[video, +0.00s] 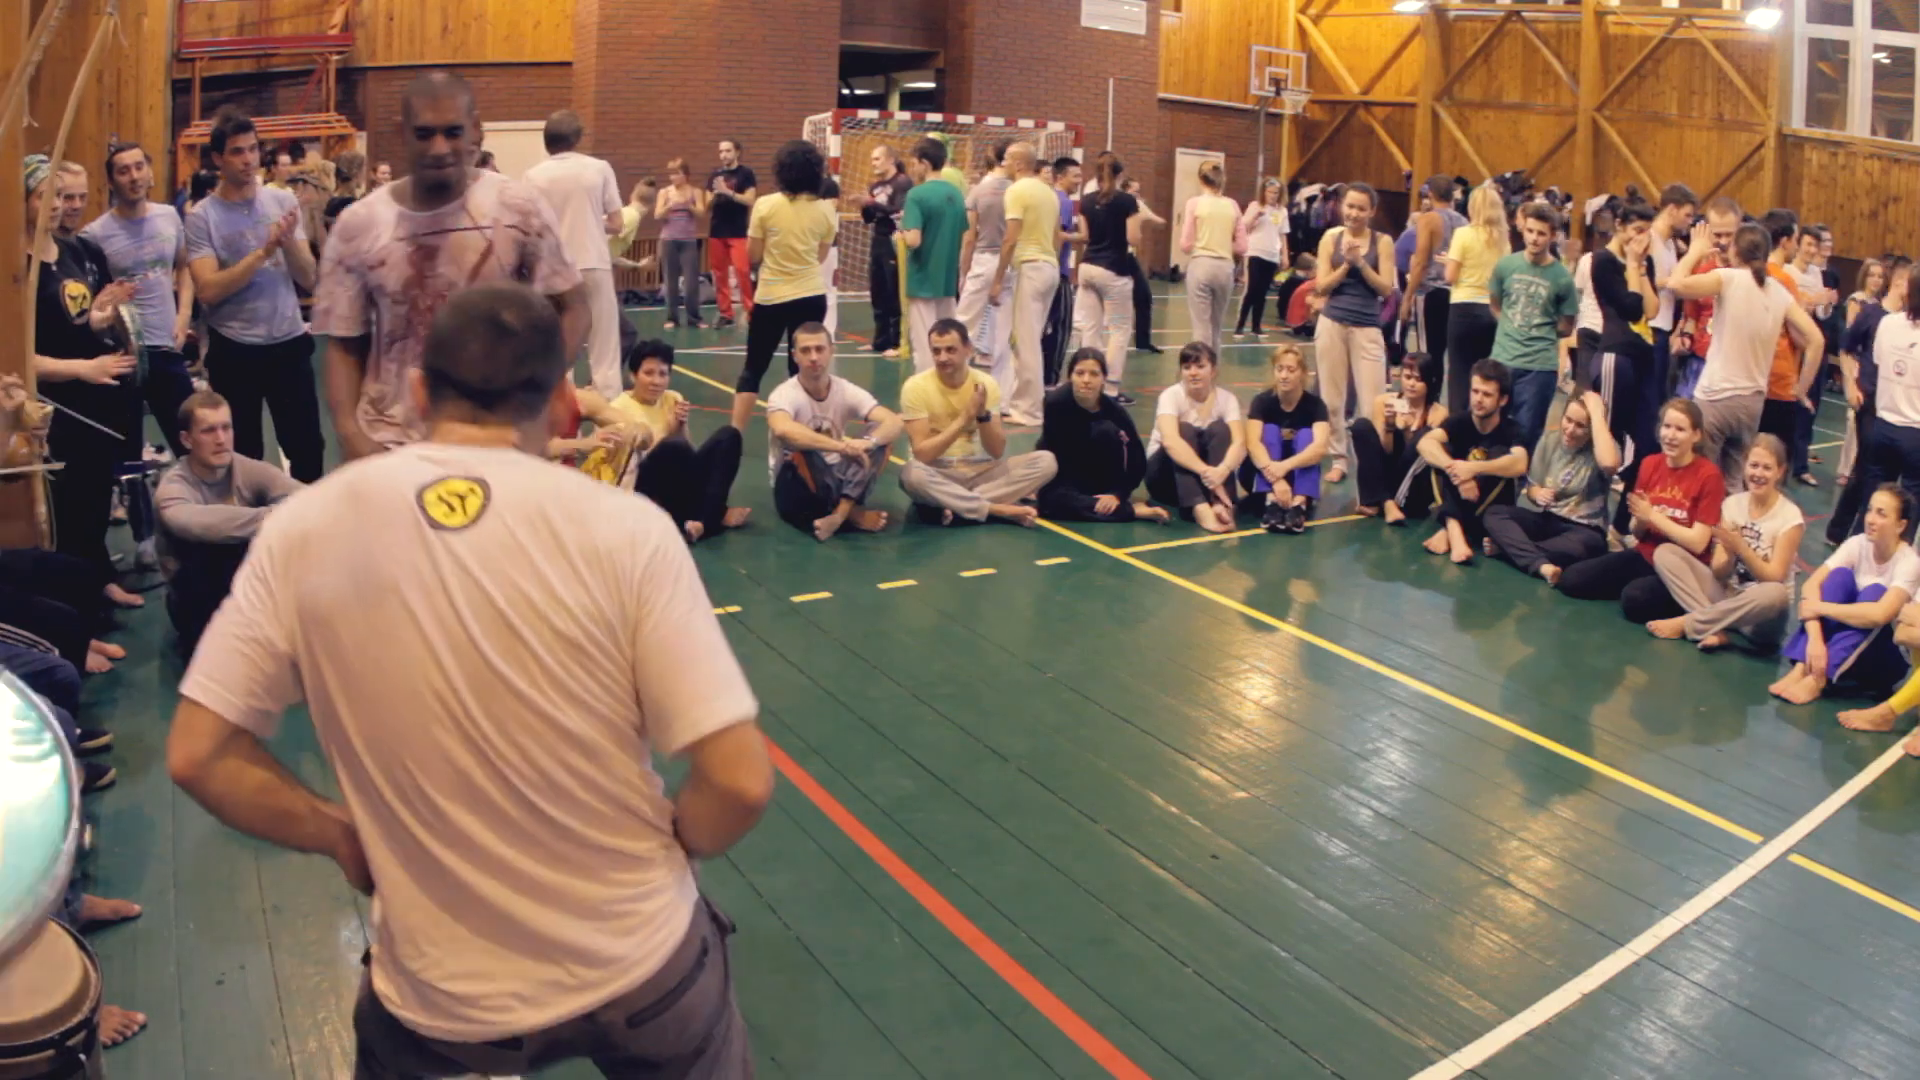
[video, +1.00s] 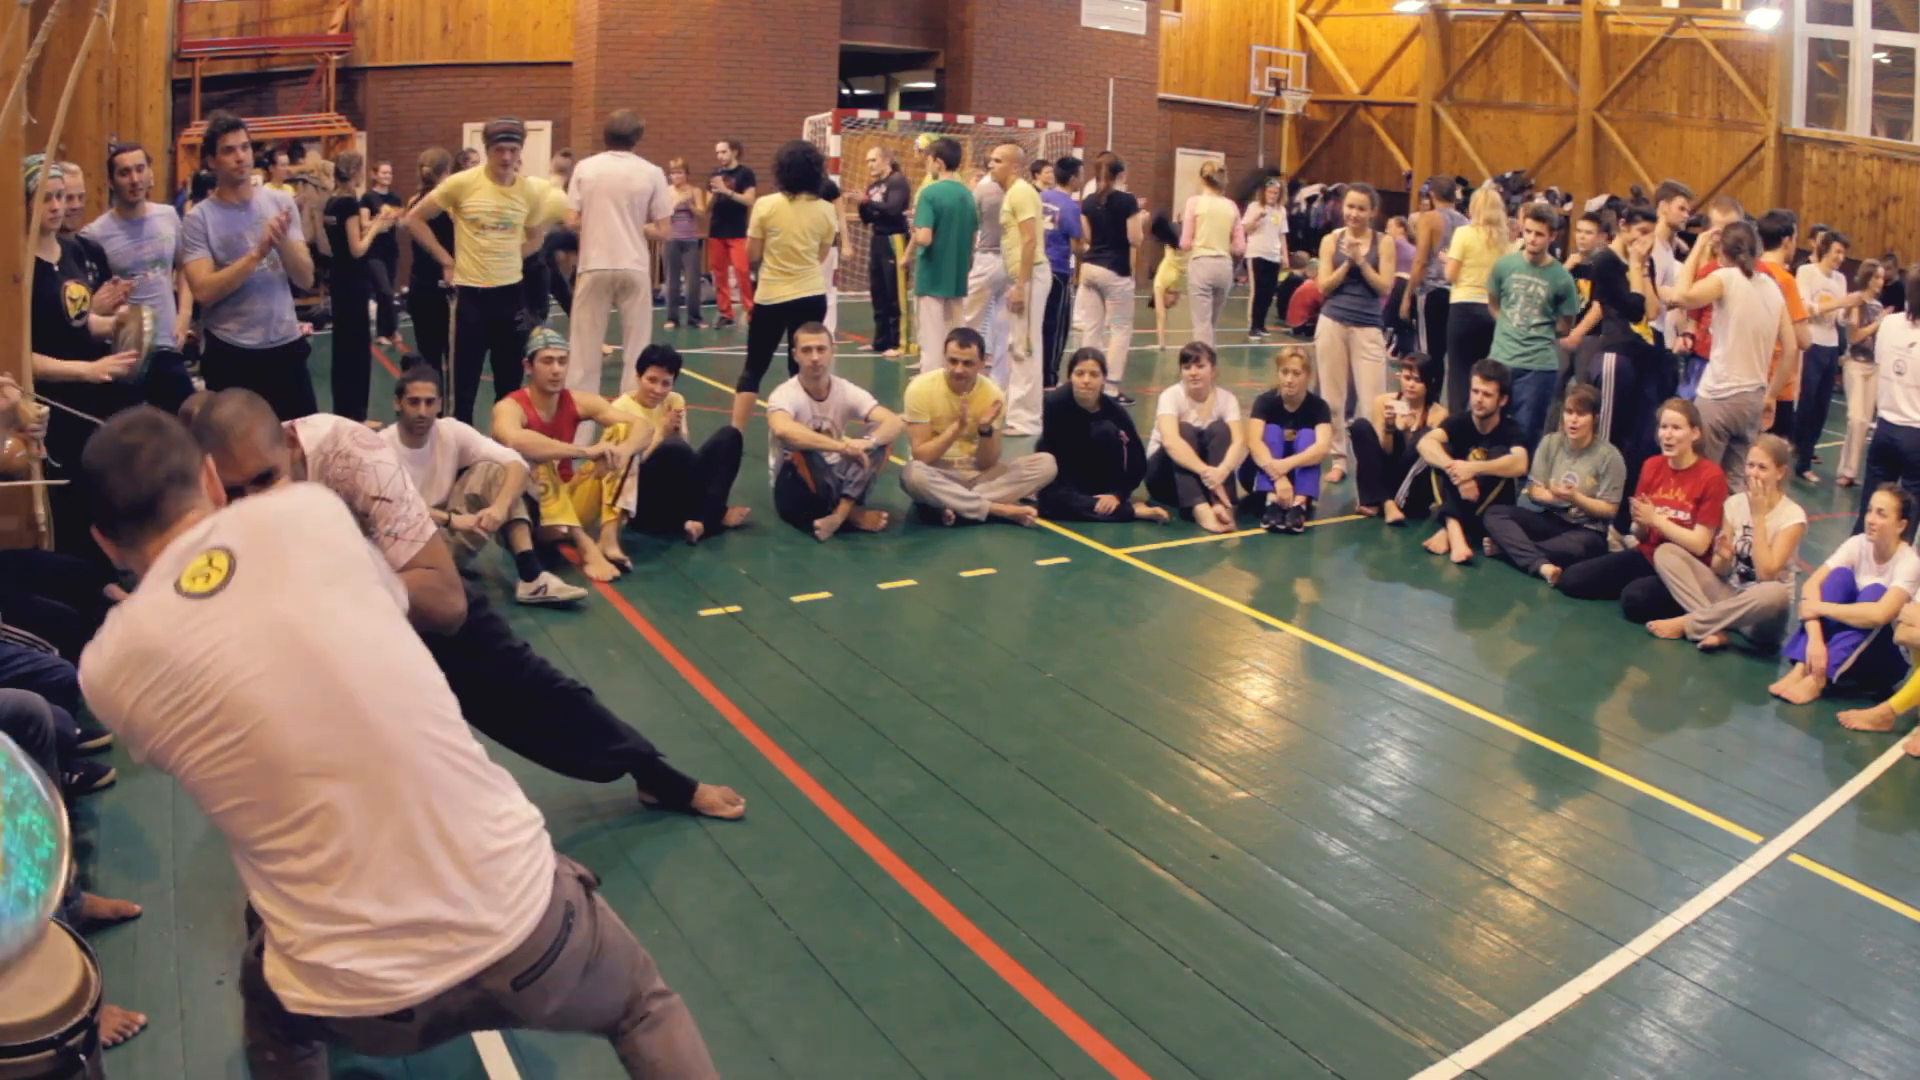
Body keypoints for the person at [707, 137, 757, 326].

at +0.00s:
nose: (723, 155)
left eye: (727, 151)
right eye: (721, 151)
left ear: (737, 152)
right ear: (718, 154)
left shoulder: (746, 173)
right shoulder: (715, 175)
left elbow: (750, 199)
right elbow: (708, 204)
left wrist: (727, 192)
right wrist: (715, 193)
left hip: (738, 232)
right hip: (717, 232)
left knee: (742, 271)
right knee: (719, 275)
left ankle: (750, 309)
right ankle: (725, 312)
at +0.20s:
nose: (725, 155)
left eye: (728, 151)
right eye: (722, 152)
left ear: (737, 153)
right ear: (719, 155)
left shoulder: (746, 173)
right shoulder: (716, 175)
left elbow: (751, 199)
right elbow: (707, 207)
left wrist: (731, 192)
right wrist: (711, 192)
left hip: (738, 232)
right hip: (717, 232)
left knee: (742, 271)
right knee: (719, 275)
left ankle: (749, 309)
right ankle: (724, 313)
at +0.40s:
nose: (724, 155)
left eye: (727, 151)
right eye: (721, 152)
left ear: (737, 152)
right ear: (718, 154)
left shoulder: (746, 173)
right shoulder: (716, 175)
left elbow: (751, 199)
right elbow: (708, 204)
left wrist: (729, 191)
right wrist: (714, 191)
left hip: (738, 232)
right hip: (717, 232)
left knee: (742, 271)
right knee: (719, 275)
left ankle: (750, 310)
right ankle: (725, 312)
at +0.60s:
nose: (722, 156)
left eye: (725, 152)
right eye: (719, 153)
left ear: (736, 153)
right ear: (717, 155)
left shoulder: (746, 173)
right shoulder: (716, 175)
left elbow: (750, 199)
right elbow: (708, 204)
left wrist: (727, 190)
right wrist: (715, 192)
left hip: (738, 232)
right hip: (717, 232)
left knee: (742, 271)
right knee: (719, 275)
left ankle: (750, 309)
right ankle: (724, 312)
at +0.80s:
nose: (721, 156)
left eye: (724, 152)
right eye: (718, 153)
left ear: (735, 152)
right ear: (716, 155)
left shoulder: (745, 173)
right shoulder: (716, 174)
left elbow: (750, 199)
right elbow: (708, 205)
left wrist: (726, 190)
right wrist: (712, 192)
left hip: (737, 232)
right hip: (717, 232)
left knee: (742, 271)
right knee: (719, 275)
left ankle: (750, 309)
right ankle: (724, 312)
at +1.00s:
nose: (720, 156)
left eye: (723, 152)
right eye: (717, 153)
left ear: (734, 152)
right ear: (716, 155)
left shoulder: (745, 173)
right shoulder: (716, 174)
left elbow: (750, 199)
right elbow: (708, 205)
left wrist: (725, 190)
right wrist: (714, 192)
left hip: (737, 233)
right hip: (717, 232)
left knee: (742, 271)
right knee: (719, 275)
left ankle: (749, 309)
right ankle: (724, 312)